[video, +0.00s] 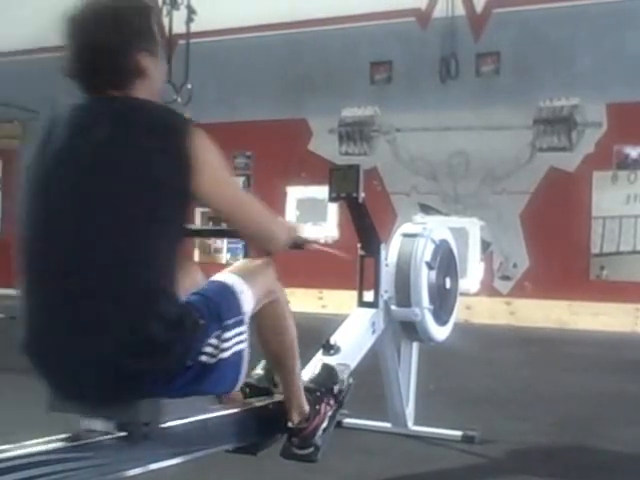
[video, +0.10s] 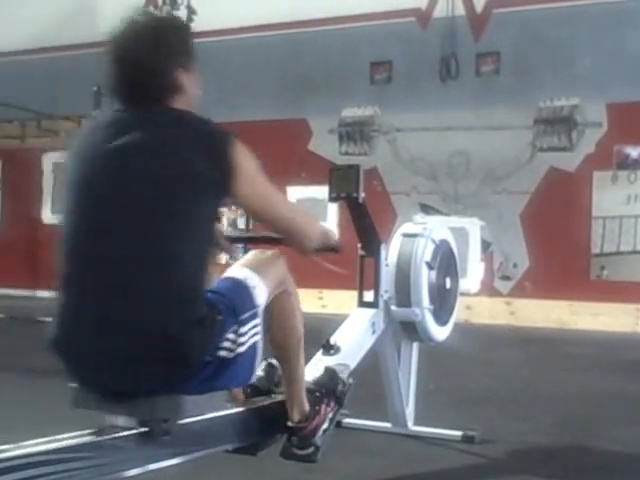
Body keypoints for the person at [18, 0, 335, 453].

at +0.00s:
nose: (166, 66)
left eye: (162, 52)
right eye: (161, 51)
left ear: (83, 63)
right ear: (142, 59)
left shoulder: (56, 131)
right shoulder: (171, 133)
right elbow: (270, 235)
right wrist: (287, 233)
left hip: (61, 366)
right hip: (142, 368)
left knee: (183, 268)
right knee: (265, 273)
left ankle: (233, 406)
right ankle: (299, 414)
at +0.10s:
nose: (197, 80)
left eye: (195, 67)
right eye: (194, 68)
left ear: (124, 77)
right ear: (179, 77)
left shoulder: (91, 140)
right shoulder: (210, 144)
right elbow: (299, 230)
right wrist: (321, 235)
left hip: (89, 363)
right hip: (170, 365)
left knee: (211, 264)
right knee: (274, 265)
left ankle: (241, 410)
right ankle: (300, 411)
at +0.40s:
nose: (273, 124)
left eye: (273, 113)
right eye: (273, 114)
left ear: (205, 116)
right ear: (262, 120)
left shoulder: (179, 157)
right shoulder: (270, 165)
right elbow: (349, 225)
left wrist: (310, 241)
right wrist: (372, 247)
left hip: (144, 358)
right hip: (222, 361)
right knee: (300, 250)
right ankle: (299, 411)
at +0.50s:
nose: (277, 124)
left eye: (276, 115)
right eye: (276, 116)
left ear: (210, 119)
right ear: (267, 123)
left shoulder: (182, 161)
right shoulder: (274, 168)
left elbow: (229, 233)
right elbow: (348, 224)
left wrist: (307, 240)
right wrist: (377, 247)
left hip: (143, 357)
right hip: (221, 361)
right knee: (301, 249)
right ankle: (299, 412)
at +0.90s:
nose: (168, 53)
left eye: (164, 42)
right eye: (163, 43)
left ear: (85, 58)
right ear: (147, 57)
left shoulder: (61, 130)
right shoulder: (182, 132)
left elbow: (109, 213)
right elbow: (268, 200)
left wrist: (196, 230)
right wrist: (308, 229)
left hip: (59, 360)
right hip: (149, 362)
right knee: (254, 279)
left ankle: (235, 398)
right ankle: (300, 410)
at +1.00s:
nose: (120, 44)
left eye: (114, 33)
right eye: (113, 33)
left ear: (36, 50)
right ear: (97, 44)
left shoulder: (18, 122)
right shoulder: (129, 118)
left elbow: (70, 211)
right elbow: (234, 194)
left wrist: (164, 226)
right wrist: (282, 225)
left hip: (32, 370)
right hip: (119, 361)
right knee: (245, 303)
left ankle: (246, 407)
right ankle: (302, 413)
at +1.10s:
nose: (71, 40)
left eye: (67, 26)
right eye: (66, 26)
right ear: (46, 34)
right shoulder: (92, 120)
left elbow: (25, 227)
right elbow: (200, 212)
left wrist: (120, 228)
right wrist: (249, 228)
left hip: (10, 363)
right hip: (96, 354)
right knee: (239, 330)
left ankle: (248, 410)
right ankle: (304, 413)